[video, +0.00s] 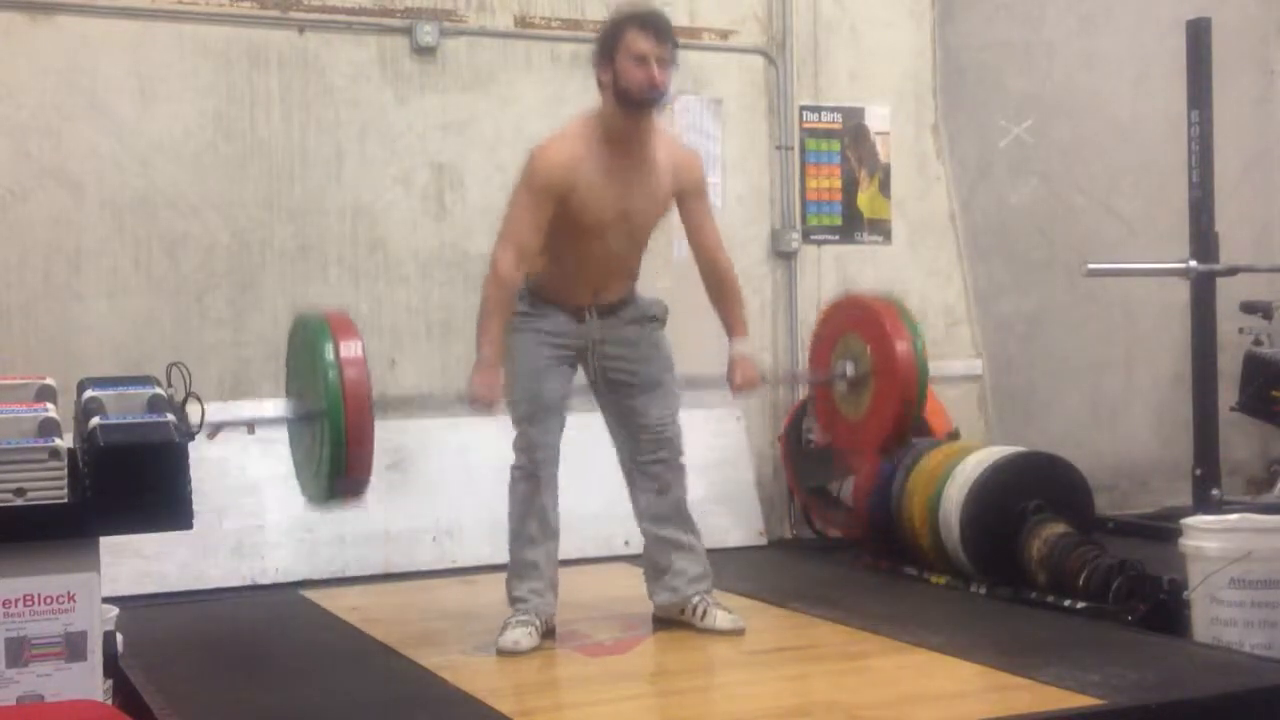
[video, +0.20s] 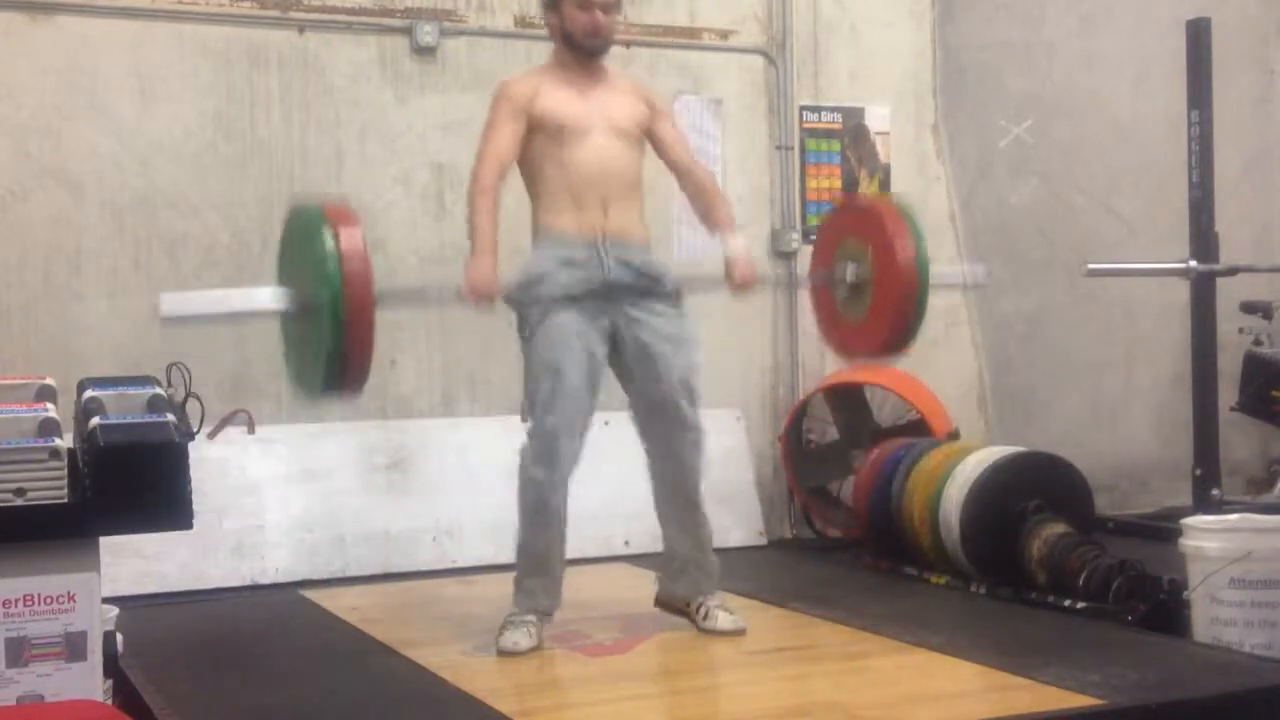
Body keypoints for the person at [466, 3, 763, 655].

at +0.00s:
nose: (652, 75)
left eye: (661, 64)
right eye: (638, 61)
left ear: (670, 75)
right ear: (604, 70)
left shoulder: (677, 164)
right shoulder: (558, 159)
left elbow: (712, 258)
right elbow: (510, 256)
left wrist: (740, 341)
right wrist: (488, 359)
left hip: (625, 318)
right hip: (543, 318)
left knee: (658, 450)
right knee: (535, 456)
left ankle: (682, 592)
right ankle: (529, 607)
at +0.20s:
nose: (599, 15)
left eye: (608, 6)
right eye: (584, 5)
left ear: (619, 17)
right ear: (554, 14)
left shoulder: (637, 98)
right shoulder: (525, 92)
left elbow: (690, 171)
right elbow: (487, 175)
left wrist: (732, 239)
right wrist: (483, 255)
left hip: (642, 277)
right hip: (562, 278)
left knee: (678, 428)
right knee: (553, 438)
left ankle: (690, 587)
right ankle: (531, 606)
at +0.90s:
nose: (601, 271)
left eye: (609, 260)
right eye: (585, 261)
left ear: (619, 271)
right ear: (555, 277)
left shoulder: (645, 353)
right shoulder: (534, 359)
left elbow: (691, 388)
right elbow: (553, 404)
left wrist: (669, 327)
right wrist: (514, 335)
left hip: (633, 524)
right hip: (562, 528)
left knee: (722, 477)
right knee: (520, 502)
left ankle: (667, 596)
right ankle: (504, 612)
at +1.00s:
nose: (599, 257)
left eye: (608, 247)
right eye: (584, 247)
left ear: (619, 259)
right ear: (555, 264)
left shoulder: (643, 340)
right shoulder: (531, 345)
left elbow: (689, 374)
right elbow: (550, 388)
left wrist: (667, 312)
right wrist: (512, 321)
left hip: (628, 514)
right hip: (556, 517)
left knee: (717, 474)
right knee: (523, 495)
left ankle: (667, 595)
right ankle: (503, 612)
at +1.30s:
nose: (599, 174)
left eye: (608, 165)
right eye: (584, 165)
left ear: (617, 180)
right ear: (555, 184)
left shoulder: (638, 264)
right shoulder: (530, 262)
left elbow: (685, 304)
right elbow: (548, 312)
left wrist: (663, 235)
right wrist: (510, 239)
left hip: (601, 420)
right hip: (526, 419)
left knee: (682, 457)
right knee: (543, 469)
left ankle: (667, 593)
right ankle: (503, 611)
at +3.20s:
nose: (600, 245)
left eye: (609, 237)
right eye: (586, 235)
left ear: (619, 251)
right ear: (555, 251)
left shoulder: (638, 332)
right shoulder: (530, 330)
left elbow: (692, 358)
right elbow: (550, 372)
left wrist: (671, 304)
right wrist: (512, 301)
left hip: (619, 494)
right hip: (546, 498)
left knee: (707, 474)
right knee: (504, 491)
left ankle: (662, 595)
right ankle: (505, 611)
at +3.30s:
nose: (601, 261)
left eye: (611, 253)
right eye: (586, 252)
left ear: (621, 266)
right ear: (556, 268)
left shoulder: (641, 349)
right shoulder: (532, 348)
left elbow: (693, 378)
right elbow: (551, 388)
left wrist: (672, 322)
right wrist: (515, 322)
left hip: (625, 516)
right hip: (550, 519)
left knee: (709, 477)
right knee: (504, 495)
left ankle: (662, 597)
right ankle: (503, 611)